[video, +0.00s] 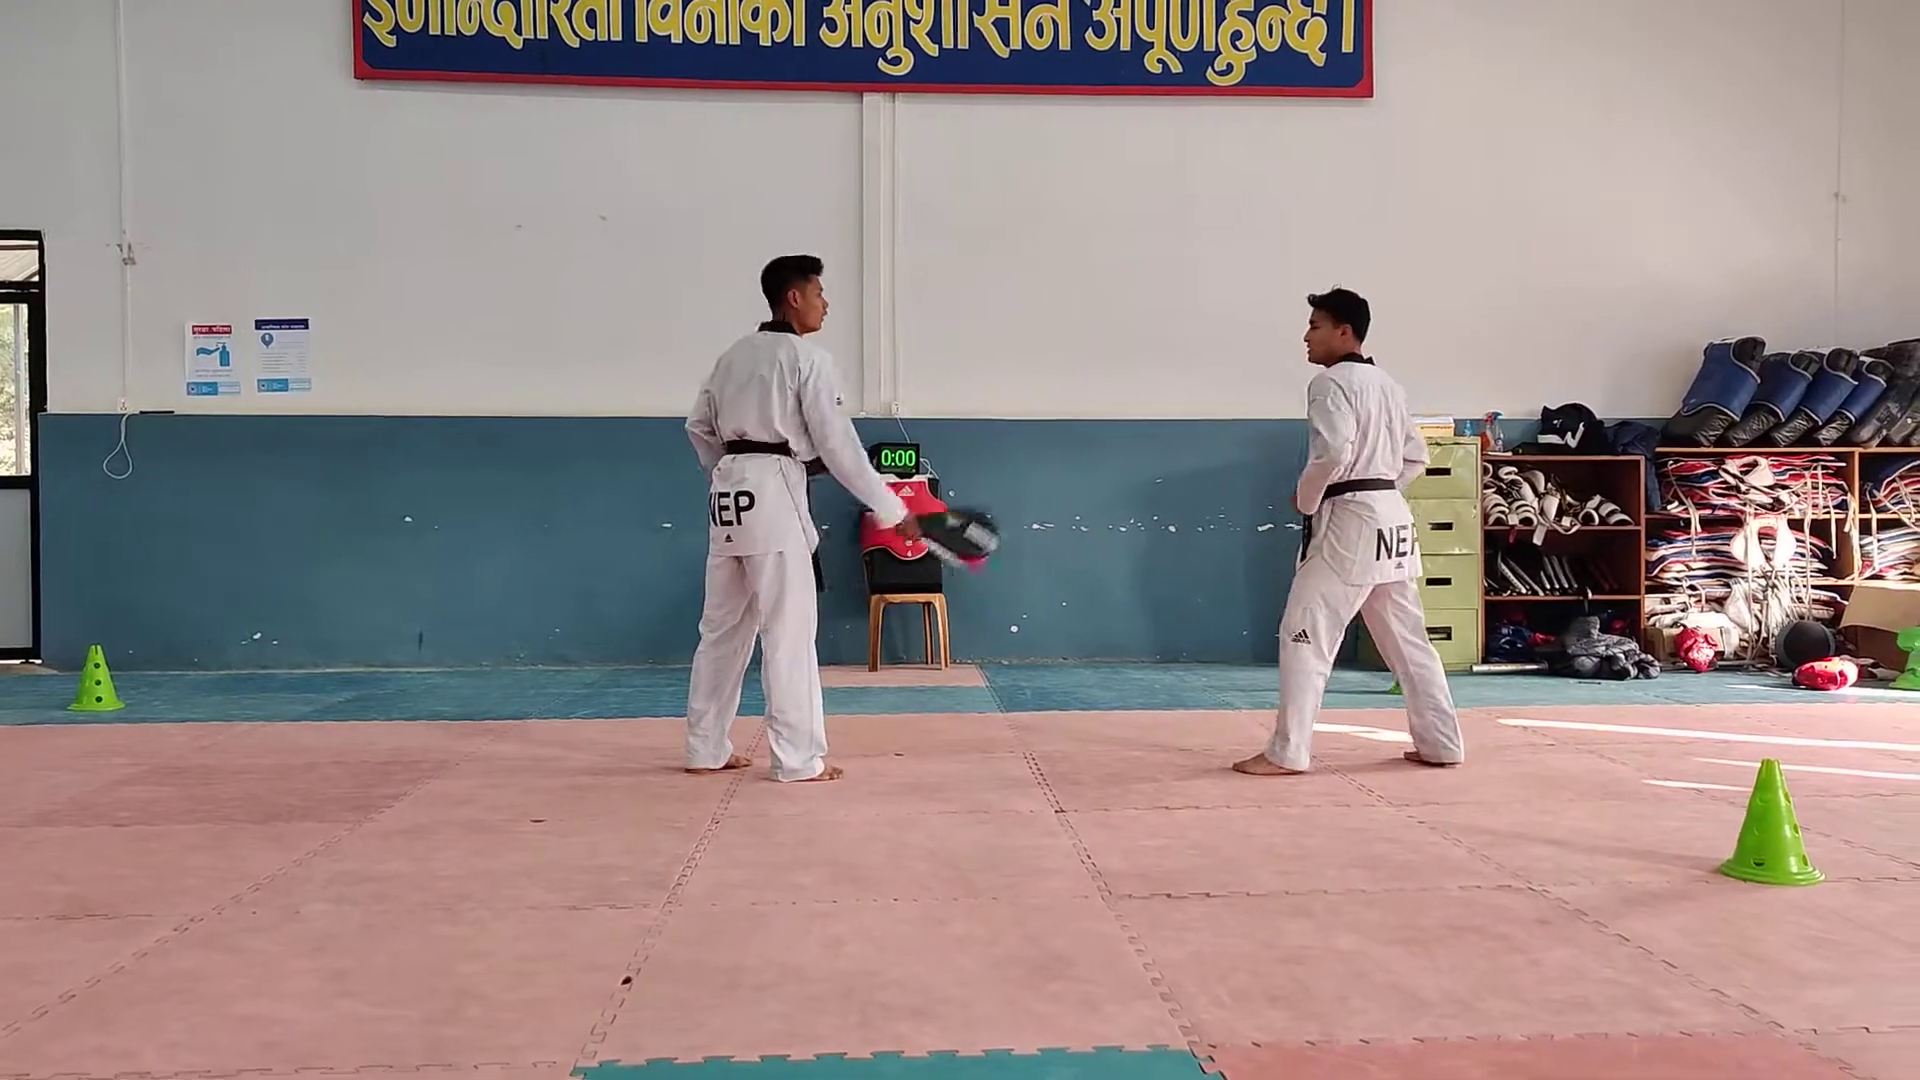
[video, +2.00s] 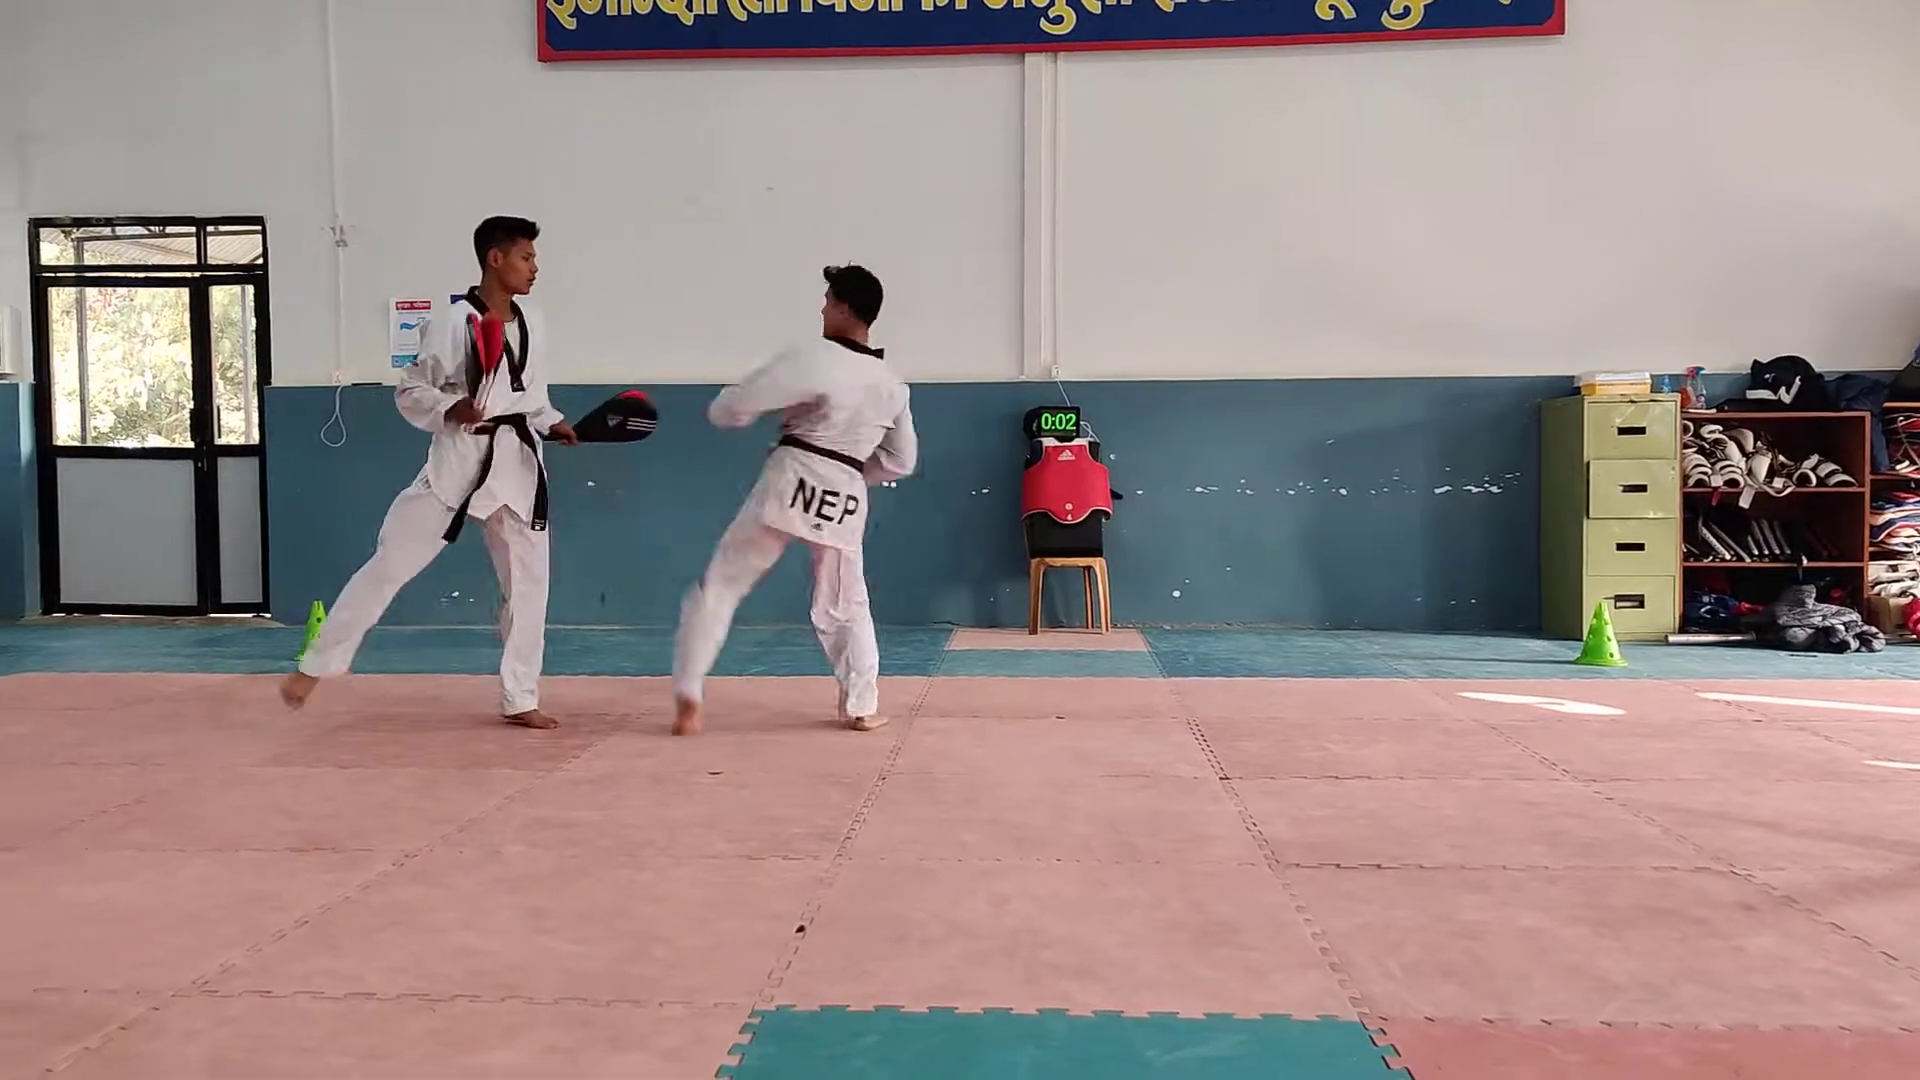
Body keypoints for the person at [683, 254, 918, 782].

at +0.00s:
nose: (825, 302)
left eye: (823, 292)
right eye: (818, 293)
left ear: (782, 300)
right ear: (793, 298)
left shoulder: (734, 353)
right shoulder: (807, 358)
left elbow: (700, 425)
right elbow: (838, 448)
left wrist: (727, 473)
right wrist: (892, 508)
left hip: (726, 487)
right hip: (773, 487)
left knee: (723, 624)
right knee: (789, 622)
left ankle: (706, 749)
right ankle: (798, 758)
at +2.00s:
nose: (535, 267)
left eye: (534, 258)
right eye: (526, 258)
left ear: (510, 262)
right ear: (496, 259)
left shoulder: (529, 323)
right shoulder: (452, 319)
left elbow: (529, 392)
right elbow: (411, 393)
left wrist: (553, 421)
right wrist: (449, 409)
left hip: (516, 462)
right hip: (456, 461)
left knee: (529, 579)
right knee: (392, 564)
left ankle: (520, 700)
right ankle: (316, 664)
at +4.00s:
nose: (753, 302)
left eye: (753, 293)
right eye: (746, 293)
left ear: (726, 299)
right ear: (718, 297)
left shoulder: (732, 364)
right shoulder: (680, 353)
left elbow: (762, 421)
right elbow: (636, 420)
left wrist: (821, 438)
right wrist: (667, 469)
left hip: (700, 483)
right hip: (679, 481)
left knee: (660, 591)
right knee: (729, 587)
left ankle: (612, 696)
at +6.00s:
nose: (616, 301)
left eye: (617, 291)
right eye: (610, 289)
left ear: (587, 289)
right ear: (581, 286)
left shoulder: (582, 344)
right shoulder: (534, 333)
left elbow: (587, 408)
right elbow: (549, 410)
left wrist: (618, 448)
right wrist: (618, 445)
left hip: (537, 453)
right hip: (493, 447)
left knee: (558, 567)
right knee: (487, 568)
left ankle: (580, 685)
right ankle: (475, 693)